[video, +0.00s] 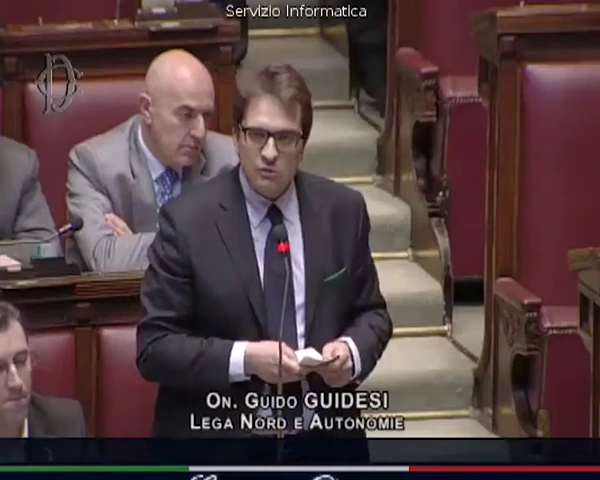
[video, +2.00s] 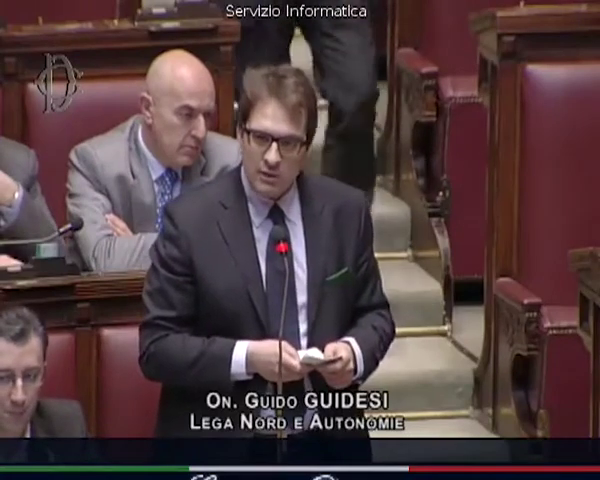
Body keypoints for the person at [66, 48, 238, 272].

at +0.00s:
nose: (200, 132)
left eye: (207, 115)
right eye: (186, 115)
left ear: (212, 110)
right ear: (146, 108)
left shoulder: (229, 156)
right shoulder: (92, 161)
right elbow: (105, 259)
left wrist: (138, 250)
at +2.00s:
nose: (200, 132)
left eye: (207, 115)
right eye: (186, 115)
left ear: (213, 109)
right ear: (147, 108)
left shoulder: (232, 158)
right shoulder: (92, 161)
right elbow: (104, 259)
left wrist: (138, 251)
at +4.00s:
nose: (199, 131)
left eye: (206, 114)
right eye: (186, 114)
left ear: (211, 110)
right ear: (146, 108)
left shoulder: (216, 154)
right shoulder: (92, 160)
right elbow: (105, 260)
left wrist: (137, 246)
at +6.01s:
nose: (184, 125)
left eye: (194, 109)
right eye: (169, 106)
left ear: (203, 108)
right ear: (139, 104)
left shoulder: (231, 157)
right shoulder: (91, 161)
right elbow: (105, 259)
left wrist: (139, 251)